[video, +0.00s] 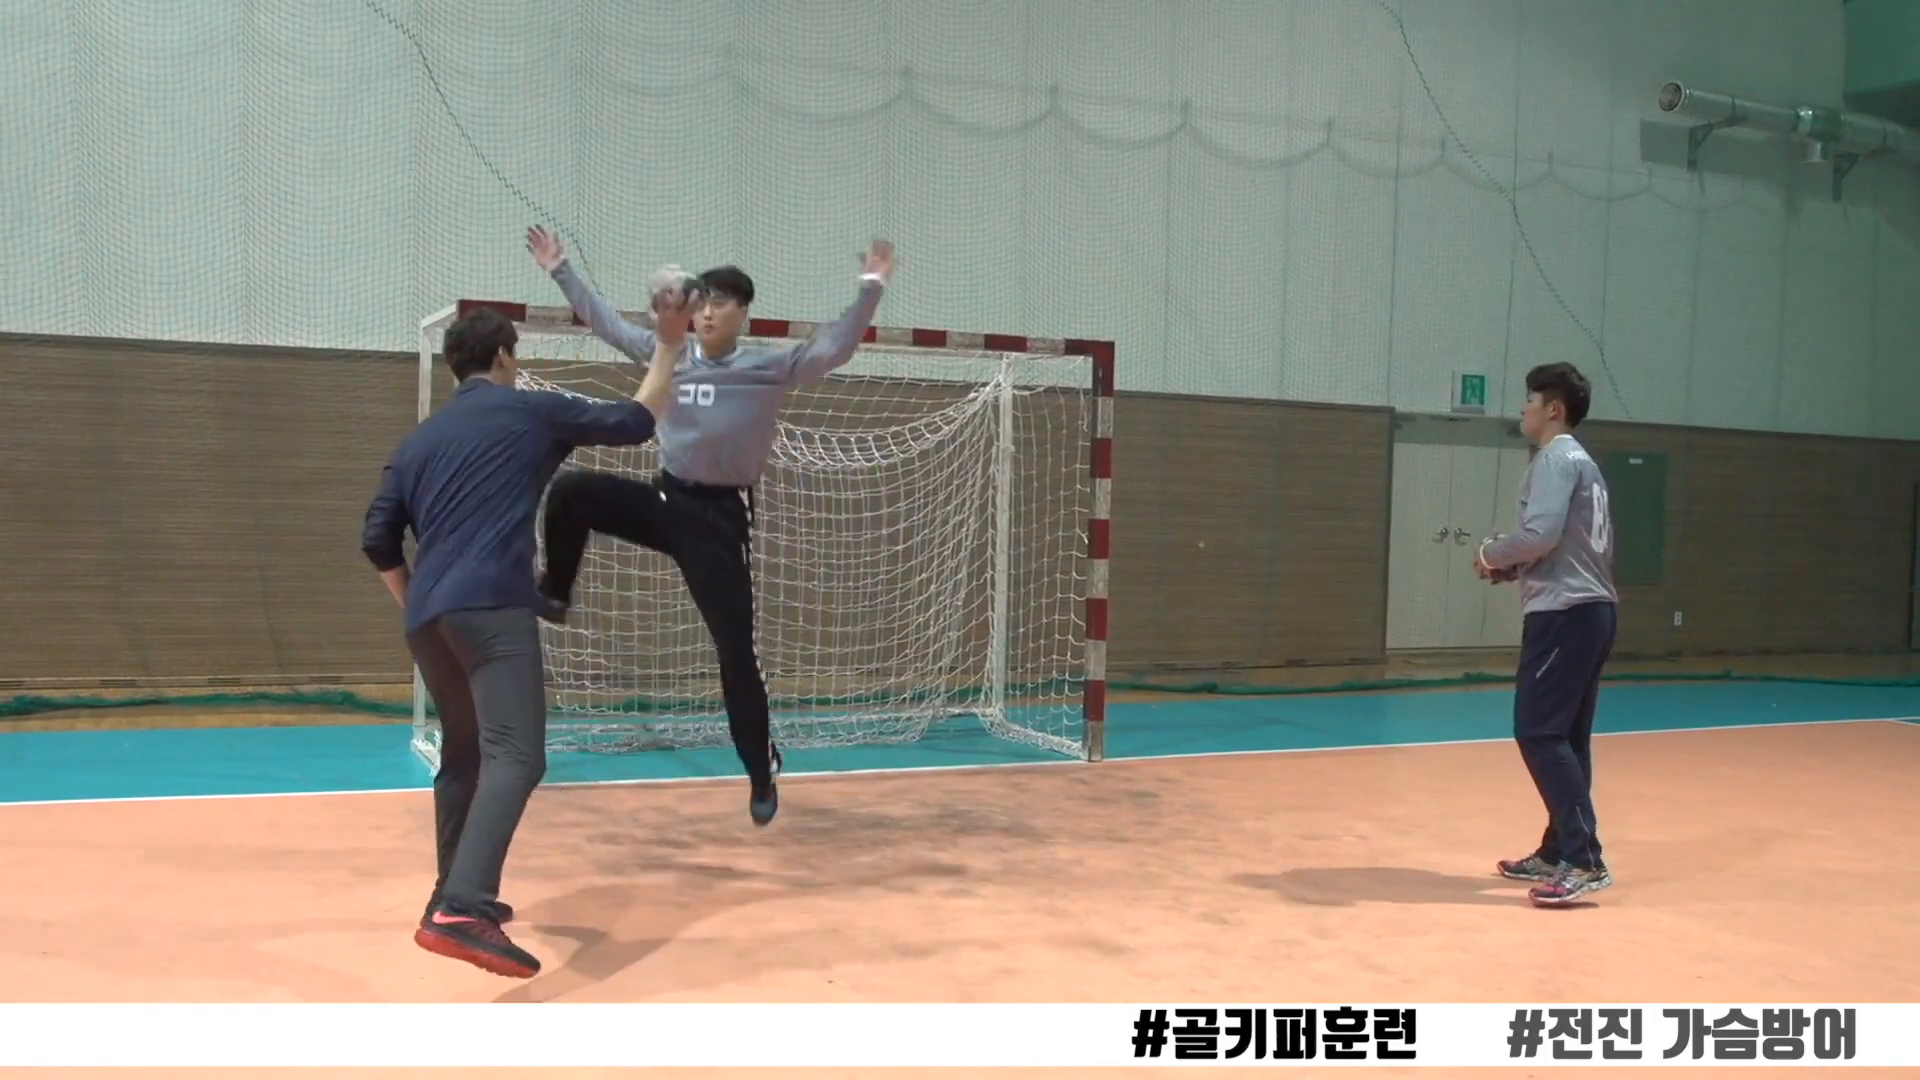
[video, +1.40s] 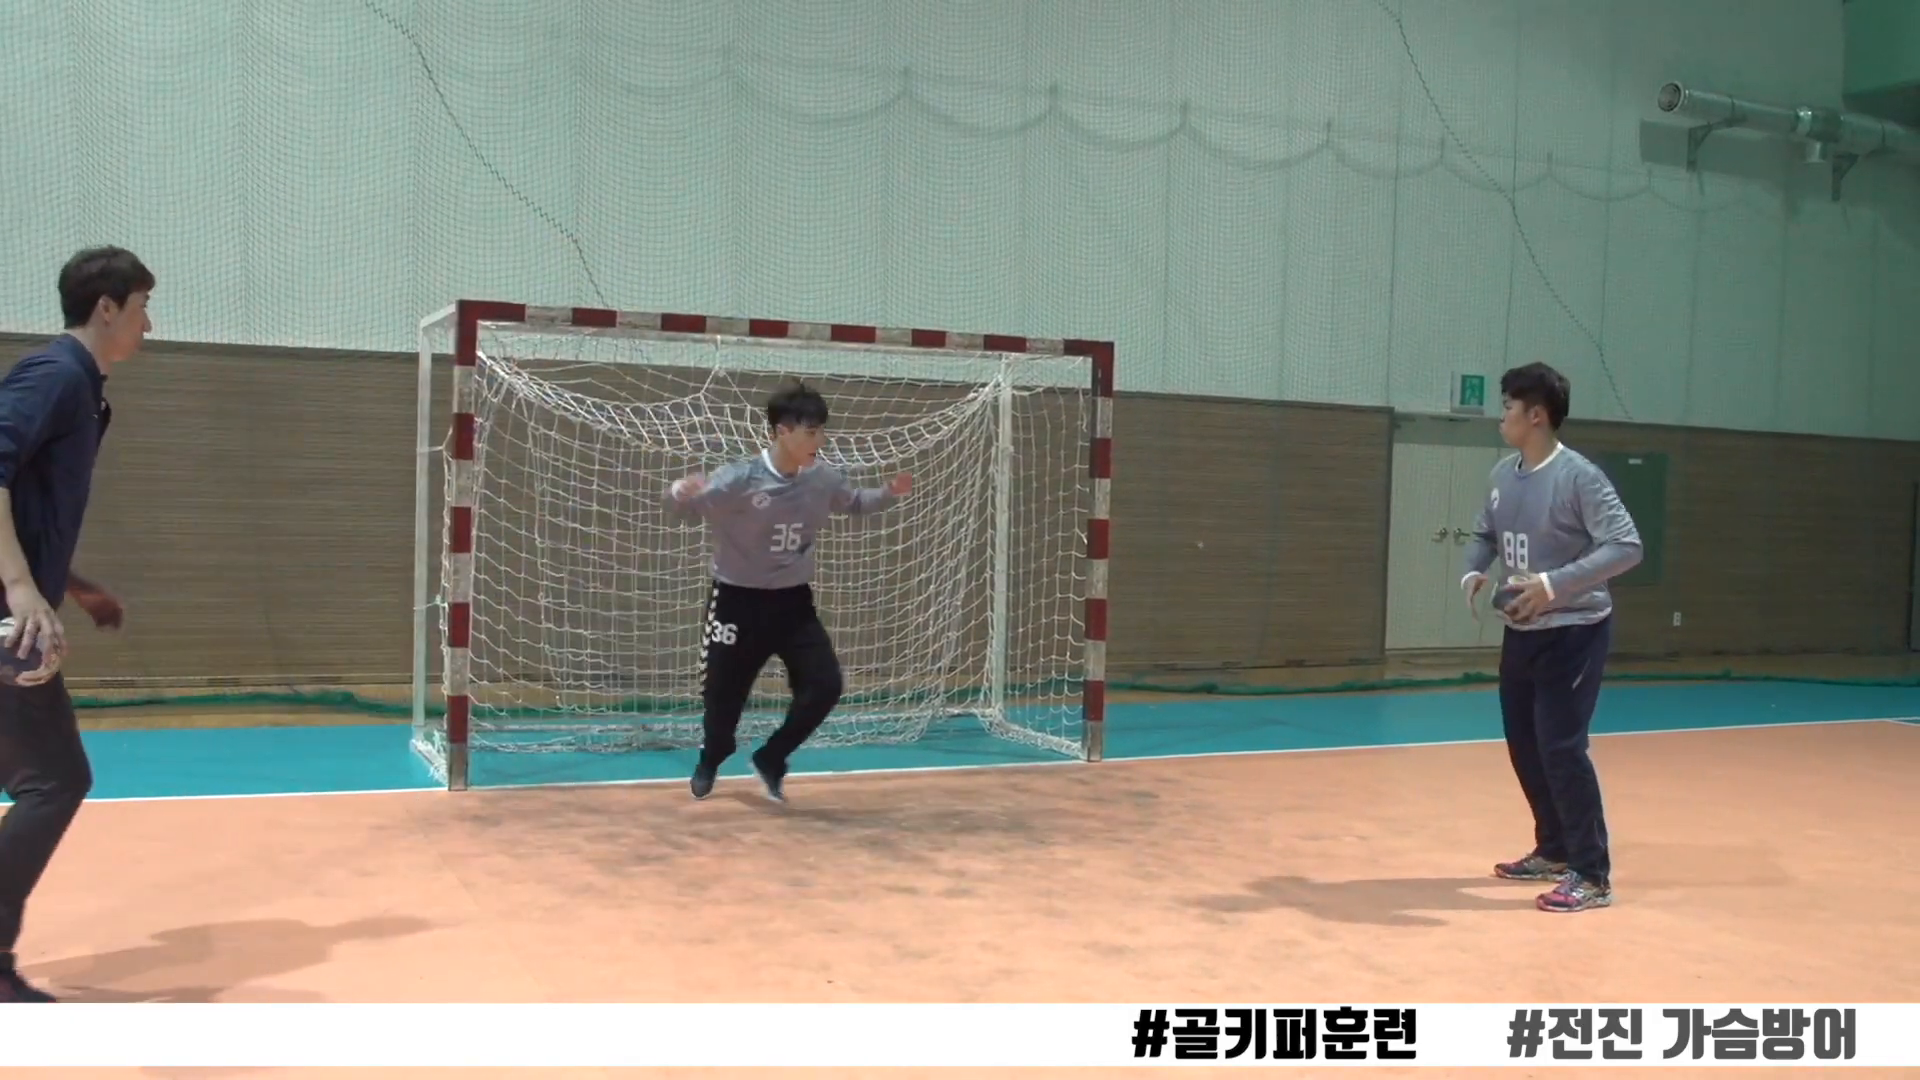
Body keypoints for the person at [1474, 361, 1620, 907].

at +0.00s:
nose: (1523, 408)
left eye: (1531, 399)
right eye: (1527, 399)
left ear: (1555, 407)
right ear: (1562, 410)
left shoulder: (1557, 456)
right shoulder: (1581, 462)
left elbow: (1541, 537)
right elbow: (1571, 551)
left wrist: (1492, 556)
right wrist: (1513, 567)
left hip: (1565, 612)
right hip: (1590, 611)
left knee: (1537, 731)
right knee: (1569, 734)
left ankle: (1584, 862)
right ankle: (1558, 852)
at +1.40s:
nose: (1501, 415)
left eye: (1509, 407)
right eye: (1503, 406)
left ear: (1538, 415)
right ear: (1526, 414)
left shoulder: (1581, 476)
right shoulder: (1505, 475)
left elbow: (1626, 547)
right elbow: (1485, 538)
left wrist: (1553, 585)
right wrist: (1476, 570)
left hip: (1574, 633)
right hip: (1522, 631)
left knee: (1561, 746)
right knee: (1525, 744)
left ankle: (1592, 877)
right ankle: (1555, 852)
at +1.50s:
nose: (1495, 416)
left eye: (1502, 408)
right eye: (1497, 407)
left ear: (1530, 415)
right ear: (1522, 415)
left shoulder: (1573, 474)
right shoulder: (1501, 475)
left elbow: (1637, 526)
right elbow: (1483, 541)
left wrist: (1600, 566)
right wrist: (1460, 585)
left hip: (1566, 635)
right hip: (1516, 634)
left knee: (1557, 745)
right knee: (1507, 732)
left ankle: (1591, 877)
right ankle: (1550, 843)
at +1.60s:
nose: (1489, 421)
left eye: (1496, 413)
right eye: (1490, 412)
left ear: (1523, 418)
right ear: (1512, 418)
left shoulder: (1570, 478)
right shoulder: (1496, 480)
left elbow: (1621, 507)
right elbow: (1480, 553)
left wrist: (1626, 497)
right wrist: (1446, 603)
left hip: (1562, 634)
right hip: (1510, 632)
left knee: (1552, 746)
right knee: (1478, 721)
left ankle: (1591, 877)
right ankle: (1530, 828)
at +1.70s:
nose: (1478, 431)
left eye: (1483, 421)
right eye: (1479, 422)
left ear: (1506, 425)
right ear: (1508, 425)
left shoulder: (1558, 476)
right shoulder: (1490, 487)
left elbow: (1605, 472)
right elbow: (1481, 565)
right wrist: (1446, 617)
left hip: (1551, 635)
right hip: (1503, 634)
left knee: (1541, 746)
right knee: (1469, 719)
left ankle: (1590, 877)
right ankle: (1479, 833)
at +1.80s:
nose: (1467, 435)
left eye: (1471, 425)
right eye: (1469, 426)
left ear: (1491, 426)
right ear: (1497, 428)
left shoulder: (1533, 478)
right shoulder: (1486, 492)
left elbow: (1539, 420)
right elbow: (1478, 566)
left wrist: (1528, 349)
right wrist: (1460, 619)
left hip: (1534, 637)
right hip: (1493, 635)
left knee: (1529, 750)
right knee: (1460, 721)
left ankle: (1587, 875)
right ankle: (1433, 827)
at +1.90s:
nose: (1459, 431)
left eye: (1469, 423)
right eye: (1461, 423)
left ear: (1486, 428)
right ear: (1488, 429)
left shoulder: (1501, 476)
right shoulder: (1479, 481)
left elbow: (1465, 427)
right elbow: (1484, 564)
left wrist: (1448, 357)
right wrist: (1466, 625)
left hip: (1506, 634)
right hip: (1479, 632)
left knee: (1521, 750)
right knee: (1440, 720)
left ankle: (1584, 873)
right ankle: (1428, 831)